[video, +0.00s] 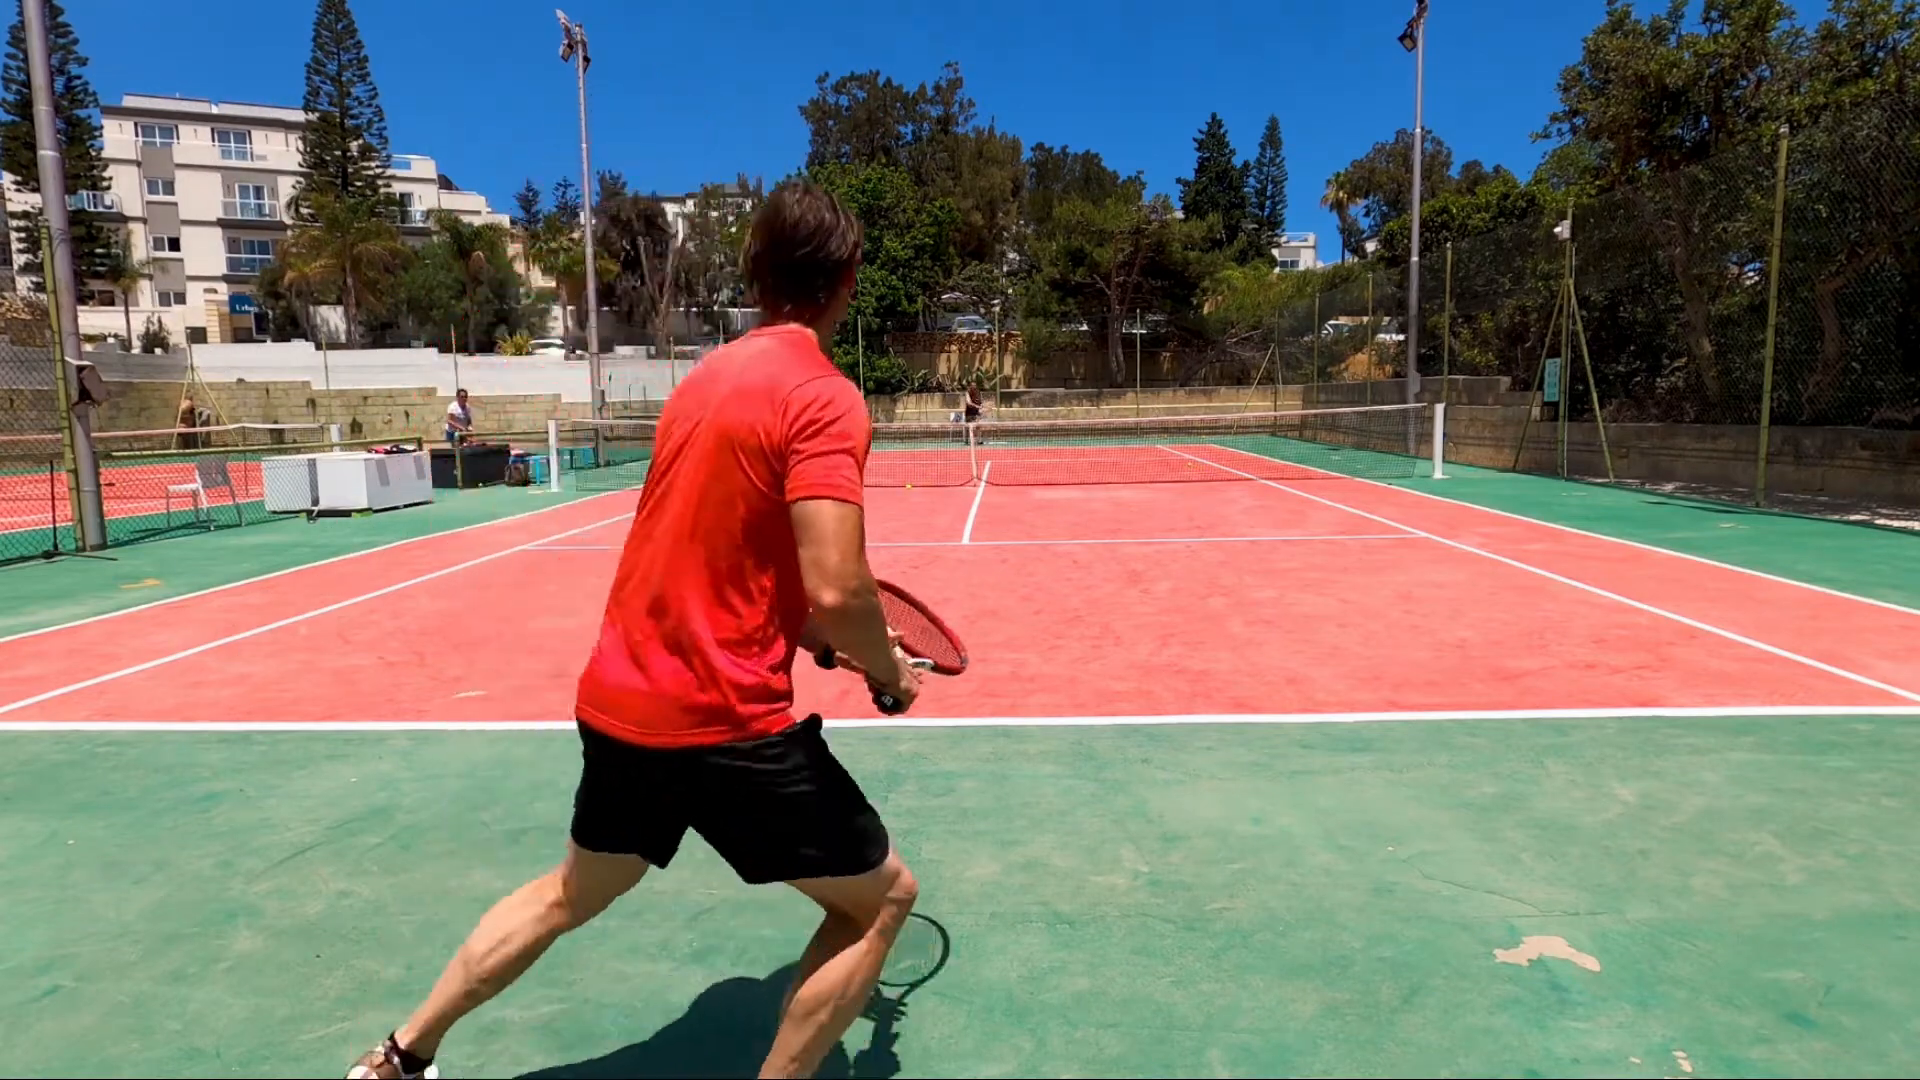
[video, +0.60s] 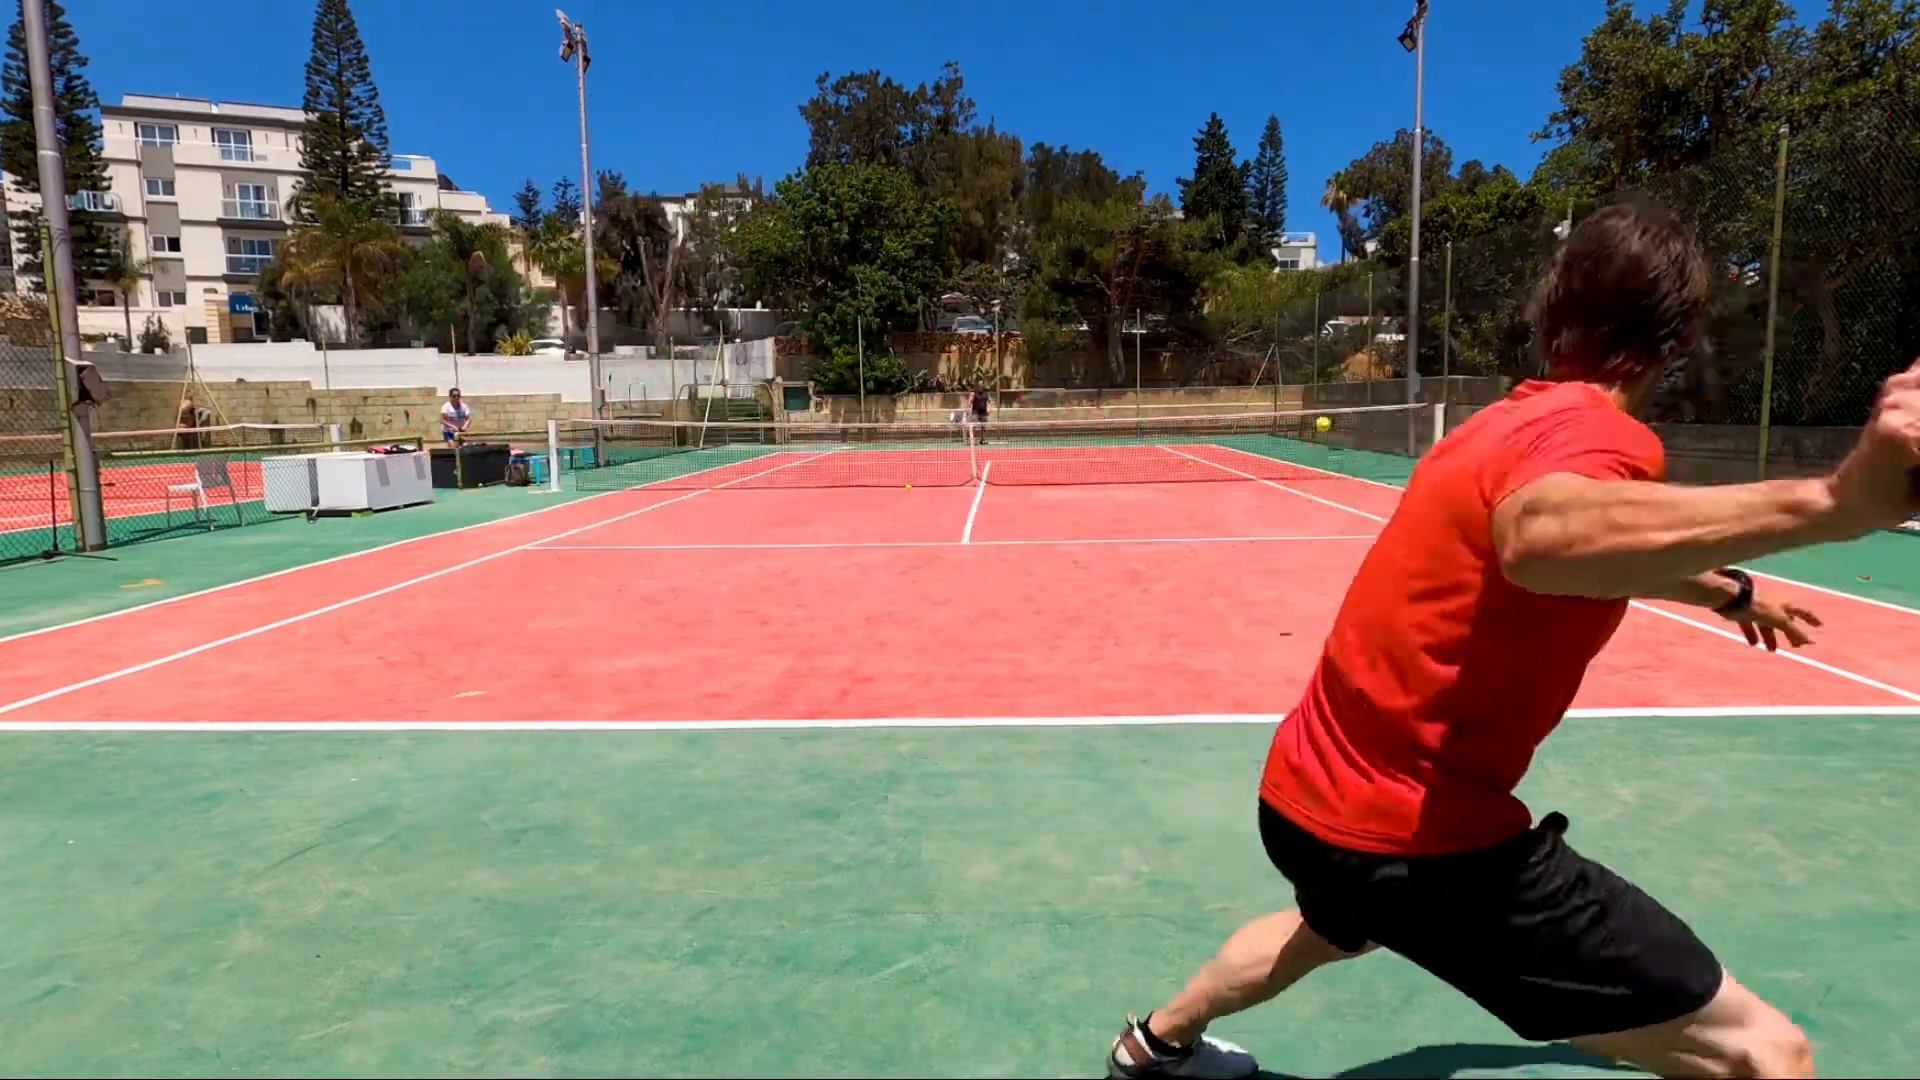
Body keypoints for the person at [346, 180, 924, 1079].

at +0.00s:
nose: (858, 286)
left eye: (853, 271)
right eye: (855, 272)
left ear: (758, 277)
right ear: (843, 282)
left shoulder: (705, 377)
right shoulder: (823, 398)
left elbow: (707, 541)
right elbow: (835, 590)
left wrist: (808, 622)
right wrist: (886, 669)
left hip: (618, 701)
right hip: (725, 720)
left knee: (582, 881)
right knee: (876, 900)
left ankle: (402, 1053)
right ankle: (782, 1074)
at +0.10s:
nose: (959, 267)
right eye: (959, 251)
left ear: (859, 250)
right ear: (951, 263)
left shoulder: (809, 355)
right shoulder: (925, 370)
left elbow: (810, 524)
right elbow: (943, 571)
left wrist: (953, 572)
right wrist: (1016, 661)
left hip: (723, 690)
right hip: (814, 708)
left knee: (776, 866)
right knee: (898, 915)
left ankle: (581, 1001)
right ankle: (785, 1073)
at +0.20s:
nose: (1060, 234)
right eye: (1058, 220)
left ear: (956, 222)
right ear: (1048, 229)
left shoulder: (920, 322)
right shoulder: (1025, 326)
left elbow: (1009, 507)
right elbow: (1046, 504)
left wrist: (1138, 561)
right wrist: (1158, 596)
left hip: (829, 662)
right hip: (914, 678)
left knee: (939, 866)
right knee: (963, 924)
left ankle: (899, 1026)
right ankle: (815, 1067)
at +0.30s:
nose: (1175, 244)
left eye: (1170, 225)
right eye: (1175, 225)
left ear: (1071, 231)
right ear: (1163, 238)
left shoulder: (1053, 323)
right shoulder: (1119, 320)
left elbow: (1140, 480)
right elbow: (1119, 459)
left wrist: (1287, 481)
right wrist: (1308, 513)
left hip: (967, 677)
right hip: (1023, 689)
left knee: (1112, 878)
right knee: (1174, 928)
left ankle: (1129, 1030)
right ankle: (989, 1075)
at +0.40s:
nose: (1308, 291)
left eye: (1305, 275)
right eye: (1308, 275)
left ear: (1200, 273)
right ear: (1294, 288)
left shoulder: (1187, 373)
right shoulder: (1224, 361)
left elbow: (1372, 490)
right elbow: (1189, 444)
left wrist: (1517, 444)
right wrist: (1432, 404)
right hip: (1121, 745)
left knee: (1236, 842)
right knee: (1392, 925)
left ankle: (1145, 1035)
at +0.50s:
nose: (1479, 325)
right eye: (1476, 309)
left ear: (1356, 296)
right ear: (1461, 316)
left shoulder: (1399, 441)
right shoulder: (1367, 391)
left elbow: (1550, 501)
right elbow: (1309, 455)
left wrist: (1734, 490)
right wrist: (1567, 368)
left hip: (1189, 758)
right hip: (1247, 780)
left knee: (1286, 877)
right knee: (1548, 986)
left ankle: (1148, 1038)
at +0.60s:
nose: (1682, 361)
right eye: (1684, 341)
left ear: (1552, 316)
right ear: (1669, 350)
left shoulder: (1503, 424)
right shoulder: (1594, 430)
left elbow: (1579, 552)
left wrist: (1728, 594)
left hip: (1305, 804)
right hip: (1422, 851)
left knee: (1336, 921)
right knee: (1762, 1055)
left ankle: (1157, 1037)